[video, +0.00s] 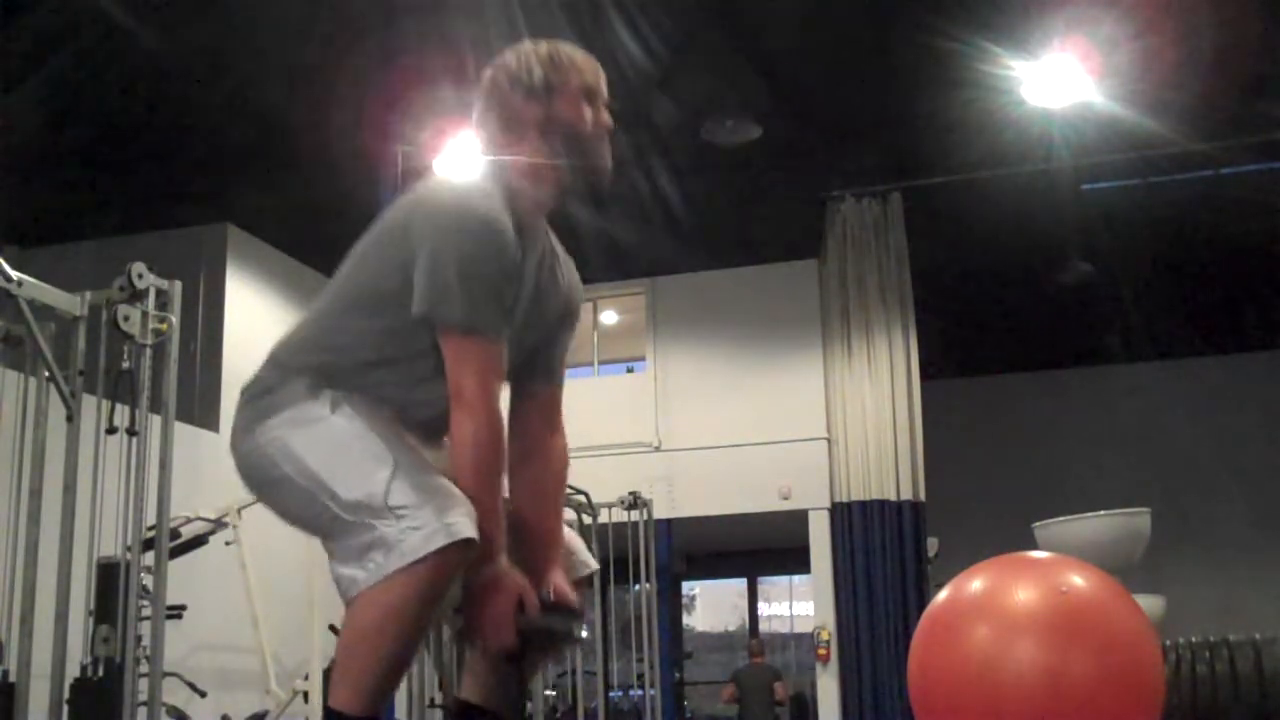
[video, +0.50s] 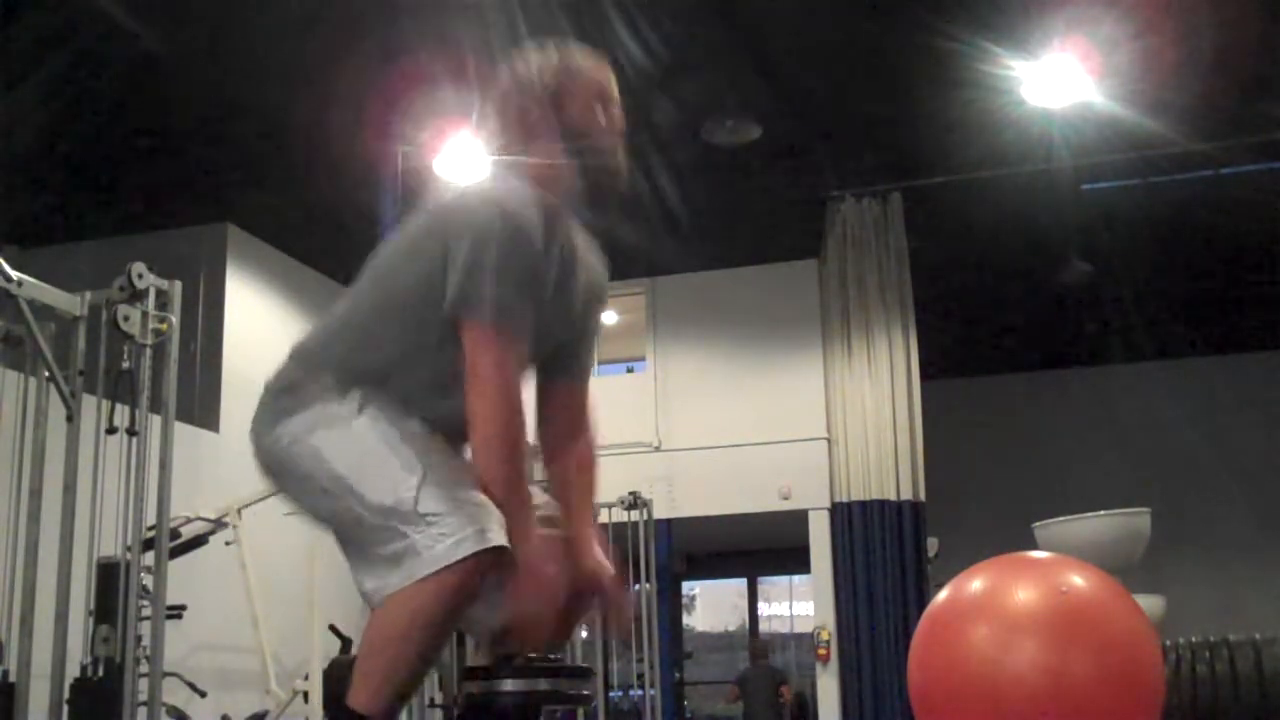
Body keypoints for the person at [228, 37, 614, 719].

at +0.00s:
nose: (610, 118)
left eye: (605, 103)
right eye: (592, 100)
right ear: (533, 114)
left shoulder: (558, 280)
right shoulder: (469, 214)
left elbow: (542, 429)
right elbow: (474, 406)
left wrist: (545, 565)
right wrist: (491, 564)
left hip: (396, 429)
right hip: (299, 407)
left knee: (559, 563)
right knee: (432, 533)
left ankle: (477, 705)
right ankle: (345, 710)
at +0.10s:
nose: (615, 149)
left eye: (612, 134)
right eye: (594, 130)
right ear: (536, 144)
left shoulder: (563, 309)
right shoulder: (474, 244)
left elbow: (544, 455)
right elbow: (480, 445)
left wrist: (551, 605)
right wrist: (495, 605)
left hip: (404, 454)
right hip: (303, 433)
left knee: (575, 572)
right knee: (448, 541)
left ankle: (480, 706)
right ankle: (349, 710)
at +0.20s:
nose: (622, 173)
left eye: (621, 159)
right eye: (602, 153)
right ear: (539, 165)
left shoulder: (569, 329)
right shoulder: (482, 268)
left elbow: (547, 479)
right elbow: (485, 470)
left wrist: (551, 627)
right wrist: (498, 630)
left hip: (409, 473)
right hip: (308, 454)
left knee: (585, 577)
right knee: (459, 543)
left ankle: (495, 706)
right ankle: (357, 706)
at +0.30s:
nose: (631, 188)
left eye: (630, 173)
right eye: (614, 169)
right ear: (551, 181)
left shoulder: (577, 343)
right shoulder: (489, 279)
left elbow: (551, 492)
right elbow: (490, 477)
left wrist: (552, 639)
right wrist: (499, 636)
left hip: (411, 481)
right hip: (310, 461)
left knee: (589, 576)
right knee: (467, 545)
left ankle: (488, 706)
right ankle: (361, 706)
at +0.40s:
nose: (634, 175)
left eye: (631, 160)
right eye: (615, 156)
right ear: (554, 167)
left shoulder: (580, 327)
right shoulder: (492, 267)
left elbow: (556, 478)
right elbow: (496, 469)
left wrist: (555, 622)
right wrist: (505, 625)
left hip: (415, 466)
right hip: (315, 447)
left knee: (588, 578)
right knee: (469, 546)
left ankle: (487, 703)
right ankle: (363, 706)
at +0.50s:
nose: (607, 124)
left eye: (611, 106)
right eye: (587, 105)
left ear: (619, 123)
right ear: (531, 117)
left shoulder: (582, 263)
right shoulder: (499, 213)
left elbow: (568, 425)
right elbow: (491, 391)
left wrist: (584, 542)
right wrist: (526, 543)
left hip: (409, 426)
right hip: (321, 404)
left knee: (546, 564)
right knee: (455, 545)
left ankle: (358, 683)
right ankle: (362, 706)